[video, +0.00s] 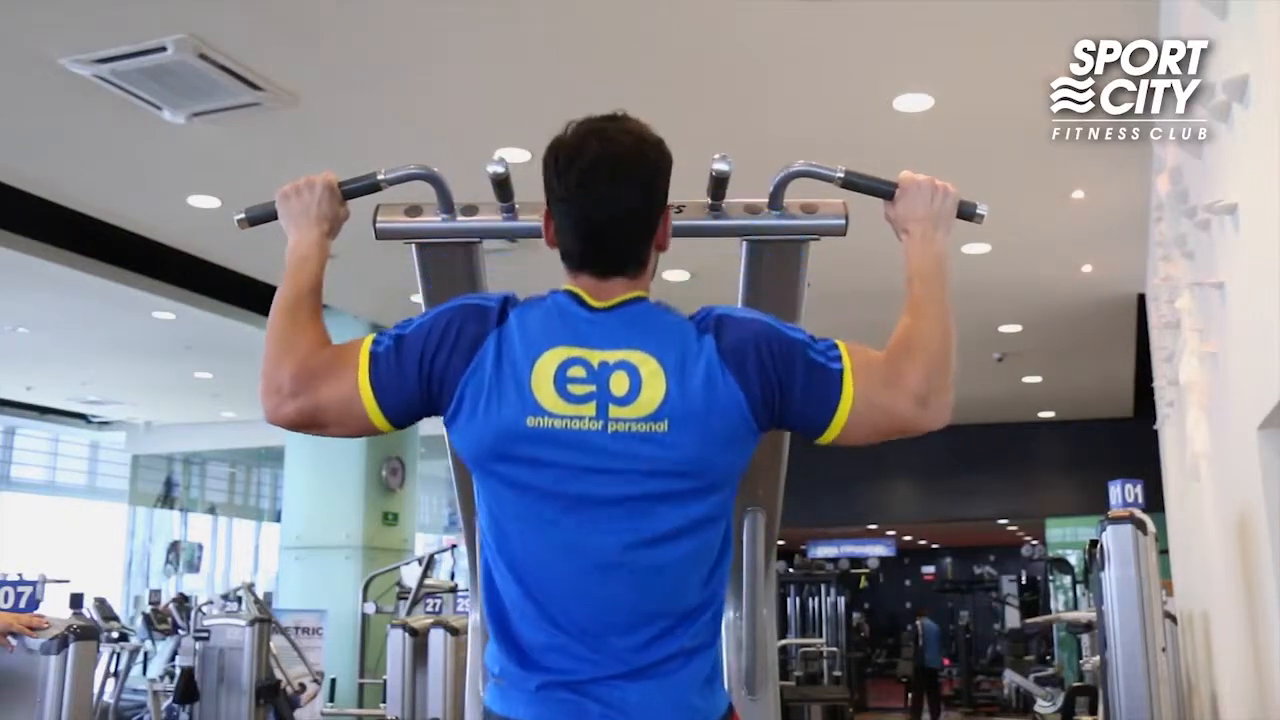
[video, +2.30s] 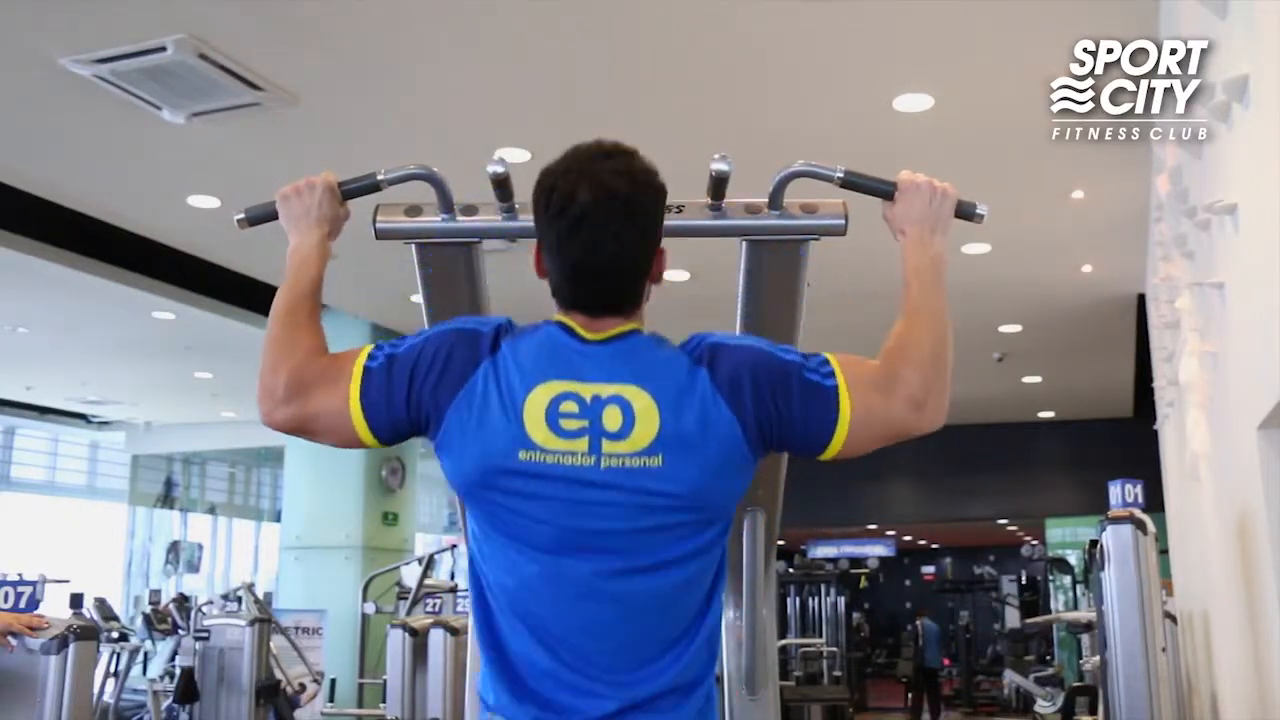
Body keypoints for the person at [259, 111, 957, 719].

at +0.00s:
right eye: (668, 213)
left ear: (547, 229)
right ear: (664, 232)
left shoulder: (477, 339)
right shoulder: (733, 352)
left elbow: (290, 391)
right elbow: (920, 394)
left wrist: (306, 236)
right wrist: (928, 236)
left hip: (525, 701)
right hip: (682, 701)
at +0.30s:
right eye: (662, 300)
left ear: (542, 317)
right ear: (661, 324)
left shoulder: (470, 421)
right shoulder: (730, 436)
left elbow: (294, 398)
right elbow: (910, 404)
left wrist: (307, 243)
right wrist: (925, 243)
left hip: (521, 713)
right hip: (682, 715)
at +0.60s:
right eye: (659, 386)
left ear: (536, 412)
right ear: (659, 416)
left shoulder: (474, 499)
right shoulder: (724, 514)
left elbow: (314, 402)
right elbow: (878, 403)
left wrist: (309, 240)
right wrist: (921, 245)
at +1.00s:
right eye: (662, 333)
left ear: (541, 353)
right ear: (661, 357)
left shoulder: (475, 453)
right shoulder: (727, 459)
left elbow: (306, 403)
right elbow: (904, 406)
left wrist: (308, 244)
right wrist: (921, 243)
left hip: (522, 709)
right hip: (684, 709)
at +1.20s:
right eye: (661, 226)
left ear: (540, 243)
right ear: (659, 248)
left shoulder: (475, 362)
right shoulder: (729, 366)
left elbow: (290, 396)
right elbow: (920, 398)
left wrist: (306, 241)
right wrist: (926, 242)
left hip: (524, 698)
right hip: (673, 699)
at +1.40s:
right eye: (661, 139)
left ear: (546, 156)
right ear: (662, 156)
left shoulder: (485, 273)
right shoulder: (730, 280)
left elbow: (312, 388)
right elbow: (904, 389)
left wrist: (306, 241)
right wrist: (924, 240)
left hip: (527, 634)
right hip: (672, 639)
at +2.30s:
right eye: (661, 244)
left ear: (538, 263)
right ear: (660, 267)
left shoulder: (468, 369)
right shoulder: (727, 384)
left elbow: (287, 396)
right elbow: (916, 396)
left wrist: (306, 244)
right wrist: (927, 243)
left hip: (517, 705)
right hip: (674, 706)